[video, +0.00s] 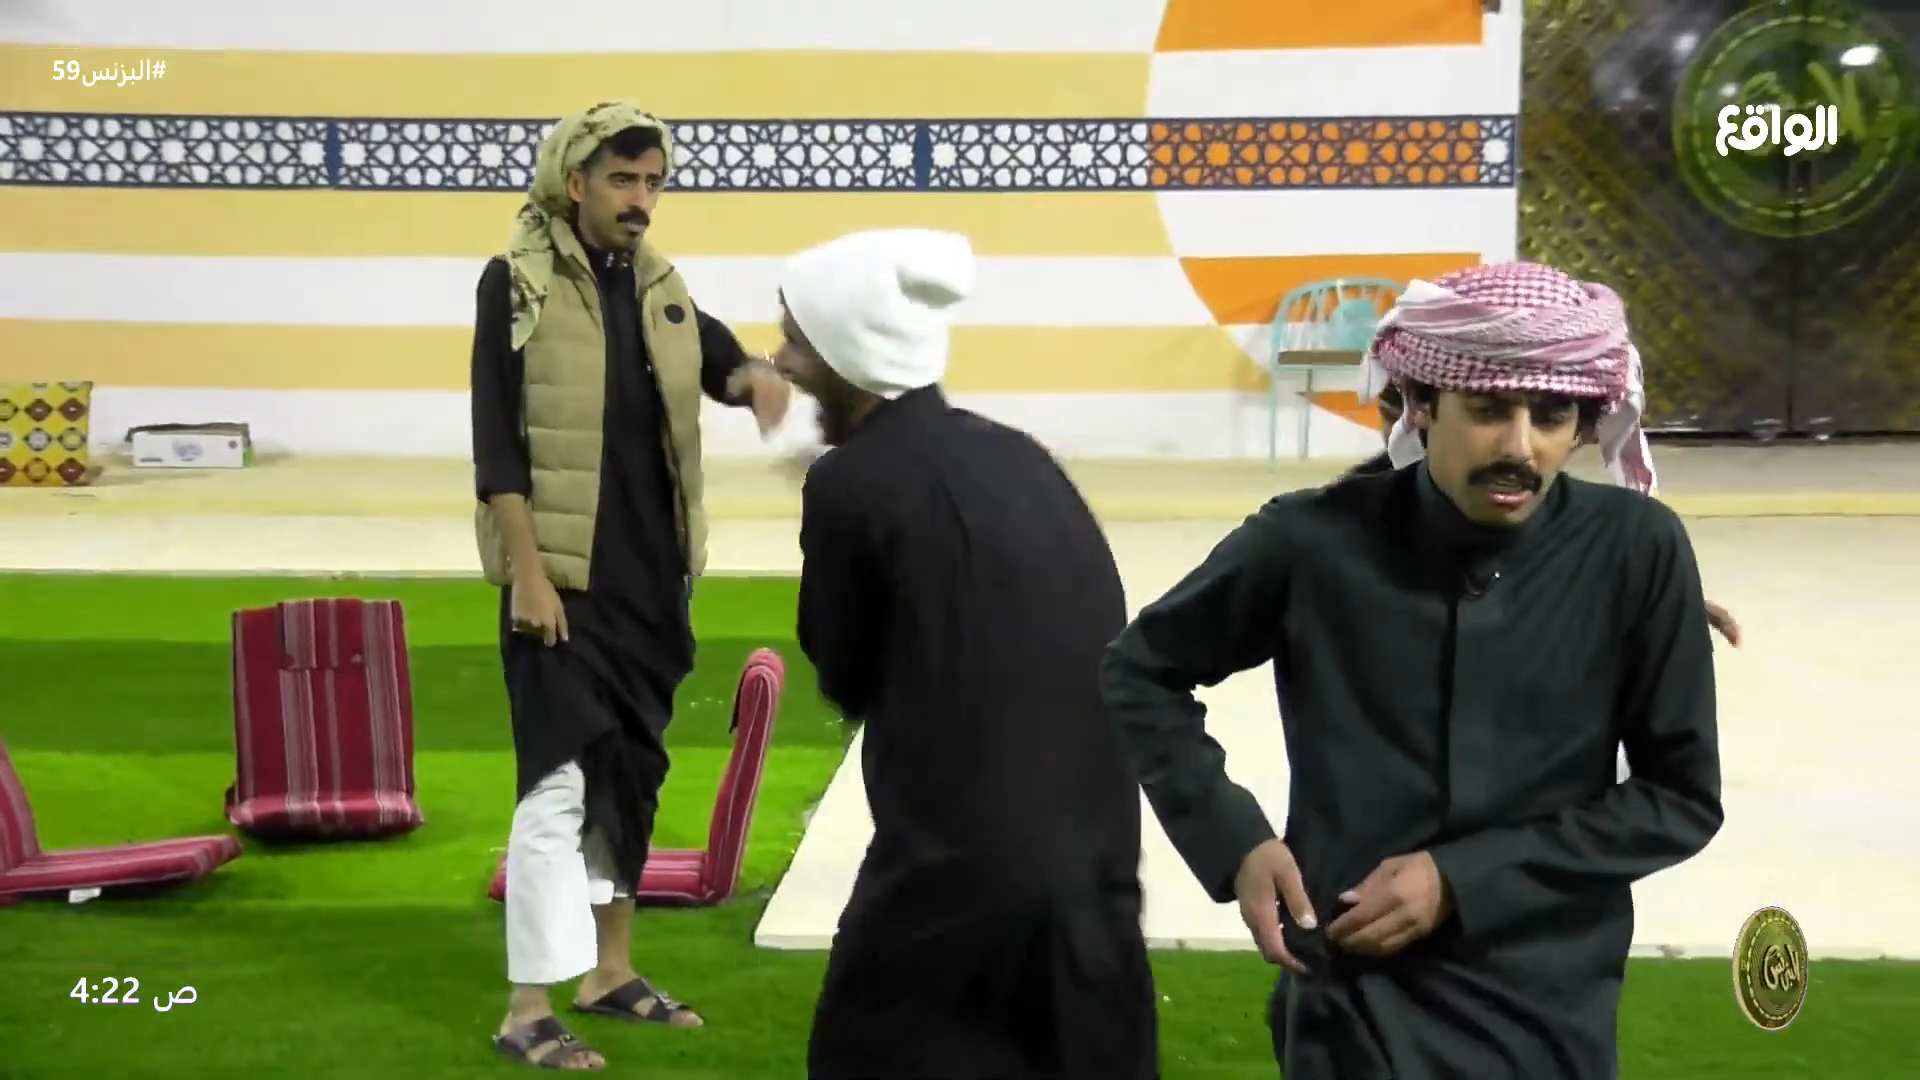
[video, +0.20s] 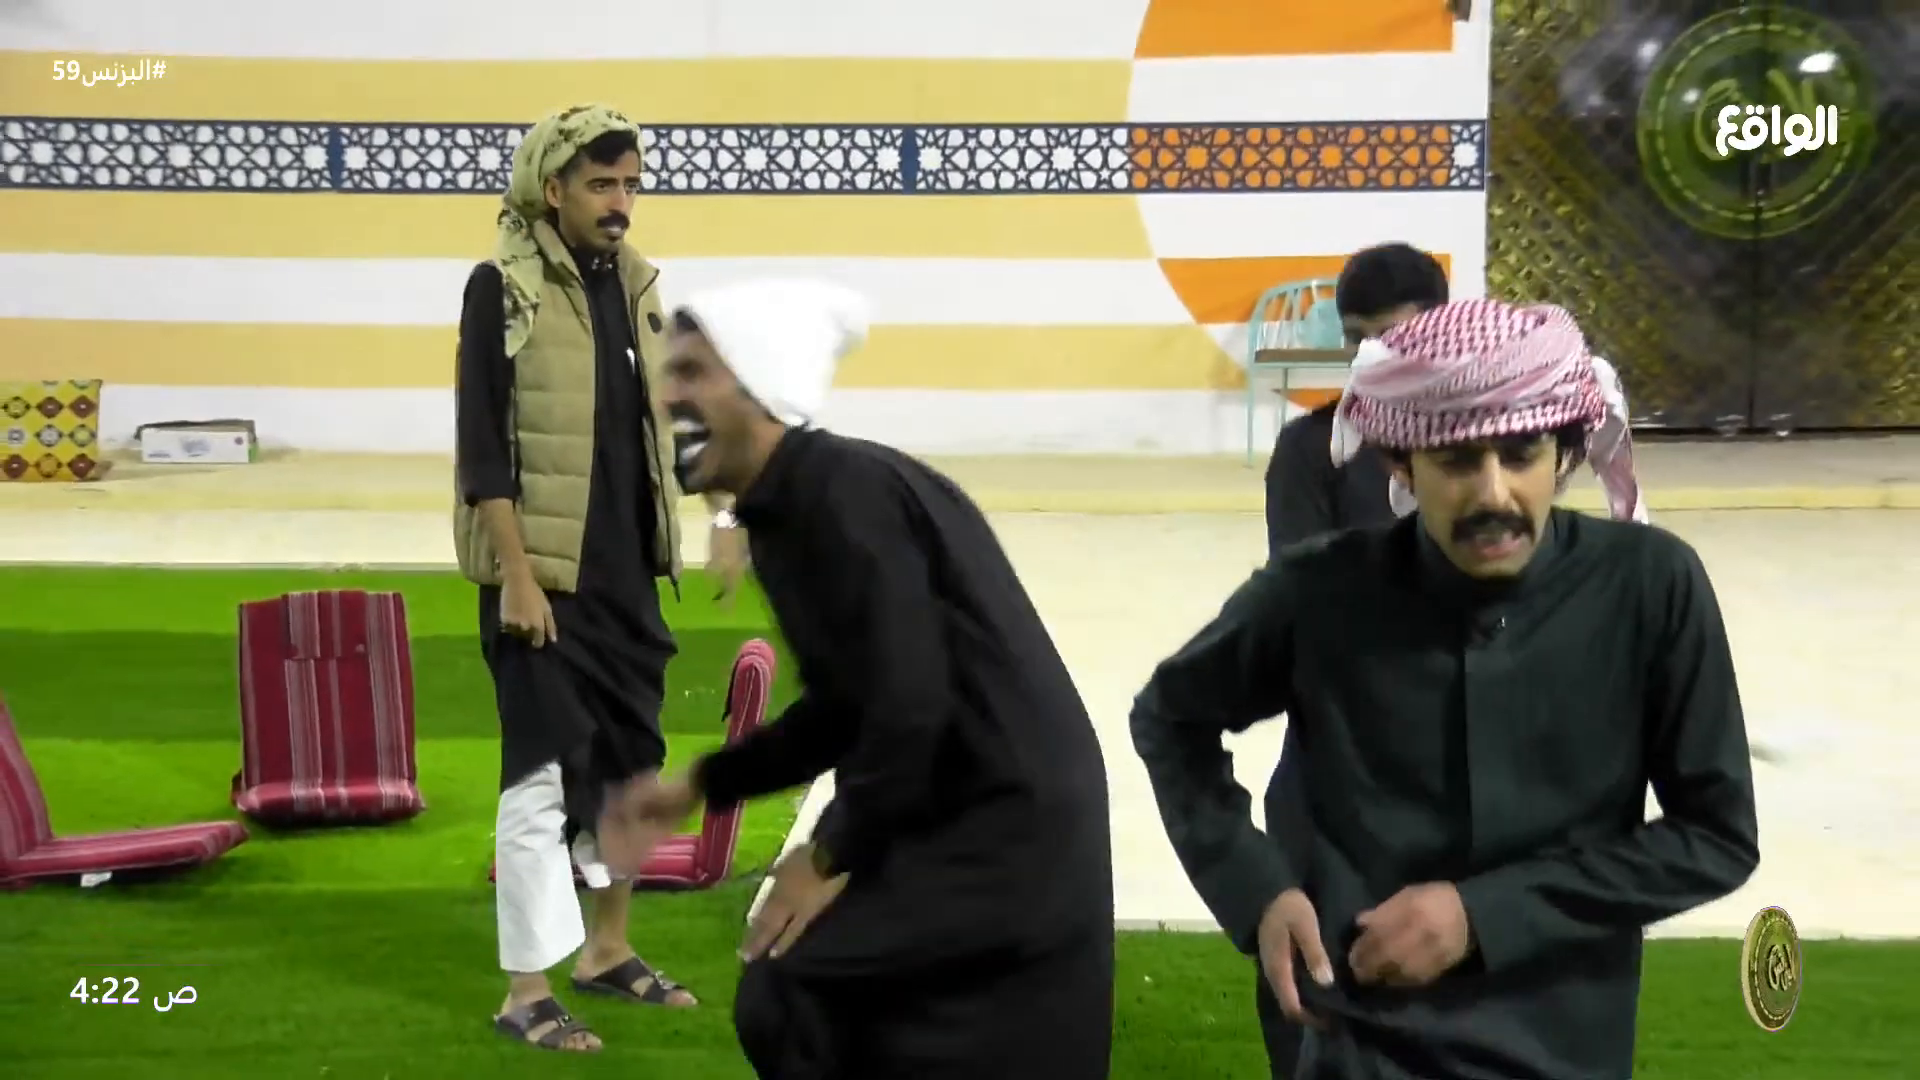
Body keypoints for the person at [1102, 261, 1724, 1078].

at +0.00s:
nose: (1519, 447)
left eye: (1549, 415)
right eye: (1488, 409)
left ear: (1582, 424)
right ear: (1423, 409)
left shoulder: (1640, 550)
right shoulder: (1306, 542)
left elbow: (1682, 799)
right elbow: (1137, 675)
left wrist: (1456, 878)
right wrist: (1239, 845)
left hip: (1549, 1022)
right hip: (1354, 1017)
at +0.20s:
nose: (1492, 492)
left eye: (1521, 454)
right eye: (1456, 460)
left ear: (1563, 454)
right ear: (1404, 467)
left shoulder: (1653, 586)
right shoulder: (1315, 594)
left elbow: (1718, 837)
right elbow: (1171, 717)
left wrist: (1479, 912)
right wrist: (1258, 893)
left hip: (1562, 1046)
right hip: (1356, 1043)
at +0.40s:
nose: (1469, 569)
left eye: (1495, 523)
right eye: (1427, 537)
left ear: (1548, 514)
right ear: (1378, 543)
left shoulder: (1668, 636)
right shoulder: (1318, 671)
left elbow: (1737, 902)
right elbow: (1187, 804)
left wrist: (1495, 1009)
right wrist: (1294, 979)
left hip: (1599, 1059)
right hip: (1369, 1061)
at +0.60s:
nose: (1491, 571)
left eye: (1514, 522)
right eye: (1446, 539)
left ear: (1570, 508)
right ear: (1400, 543)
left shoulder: (1692, 630)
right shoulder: (1324, 669)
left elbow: (1765, 903)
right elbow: (1179, 812)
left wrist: (1531, 1036)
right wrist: (1319, 998)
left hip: (1634, 1056)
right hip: (1393, 1057)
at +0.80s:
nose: (1533, 652)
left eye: (1560, 605)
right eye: (1490, 618)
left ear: (1615, 578)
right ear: (1440, 600)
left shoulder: (1744, 698)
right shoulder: (1356, 719)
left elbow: (1825, 979)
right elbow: (1191, 858)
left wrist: (1633, 1069)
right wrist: (1346, 1049)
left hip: (1661, 1057)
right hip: (1435, 1063)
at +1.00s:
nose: (1575, 771)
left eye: (1614, 732)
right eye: (1540, 733)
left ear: (1681, 674)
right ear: (1494, 687)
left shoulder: (1822, 764)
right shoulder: (1408, 754)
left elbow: (1893, 1039)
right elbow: (1253, 888)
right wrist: (1368, 1069)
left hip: (1734, 1061)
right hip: (1484, 1060)